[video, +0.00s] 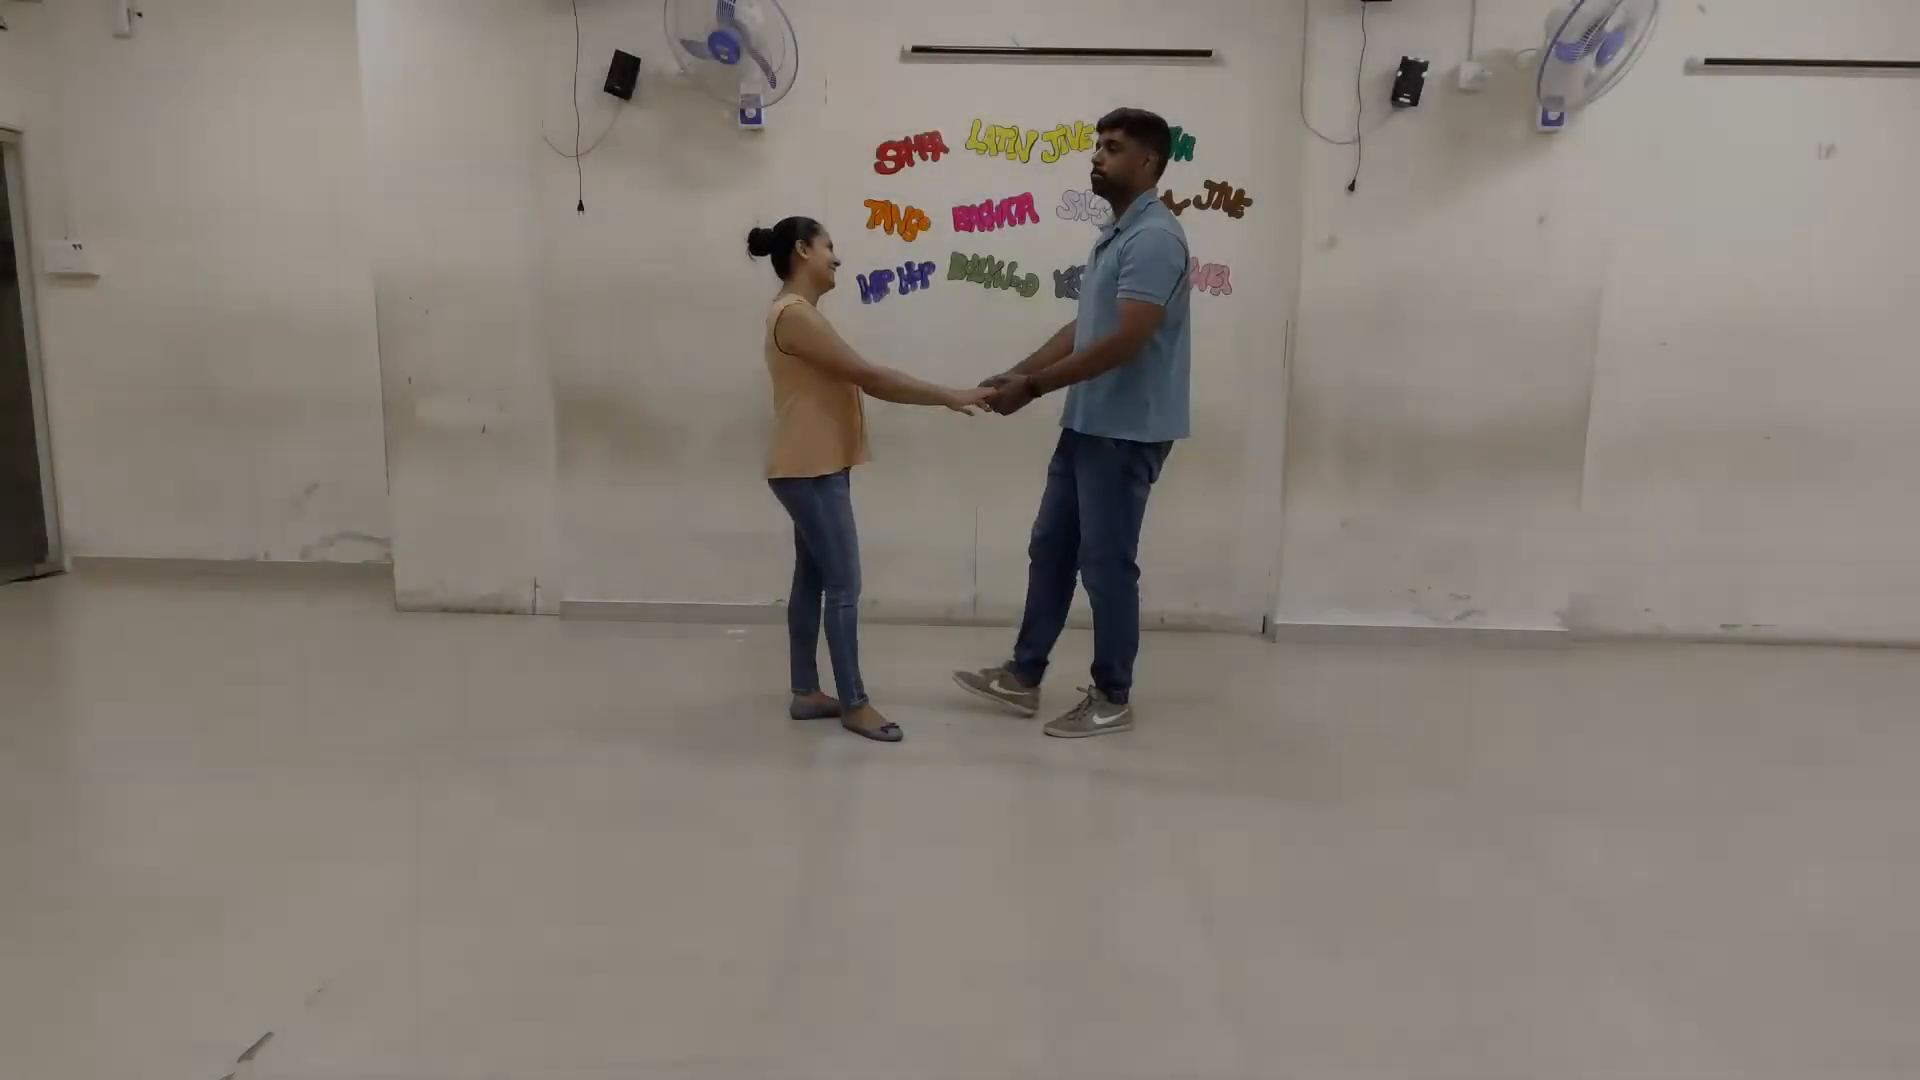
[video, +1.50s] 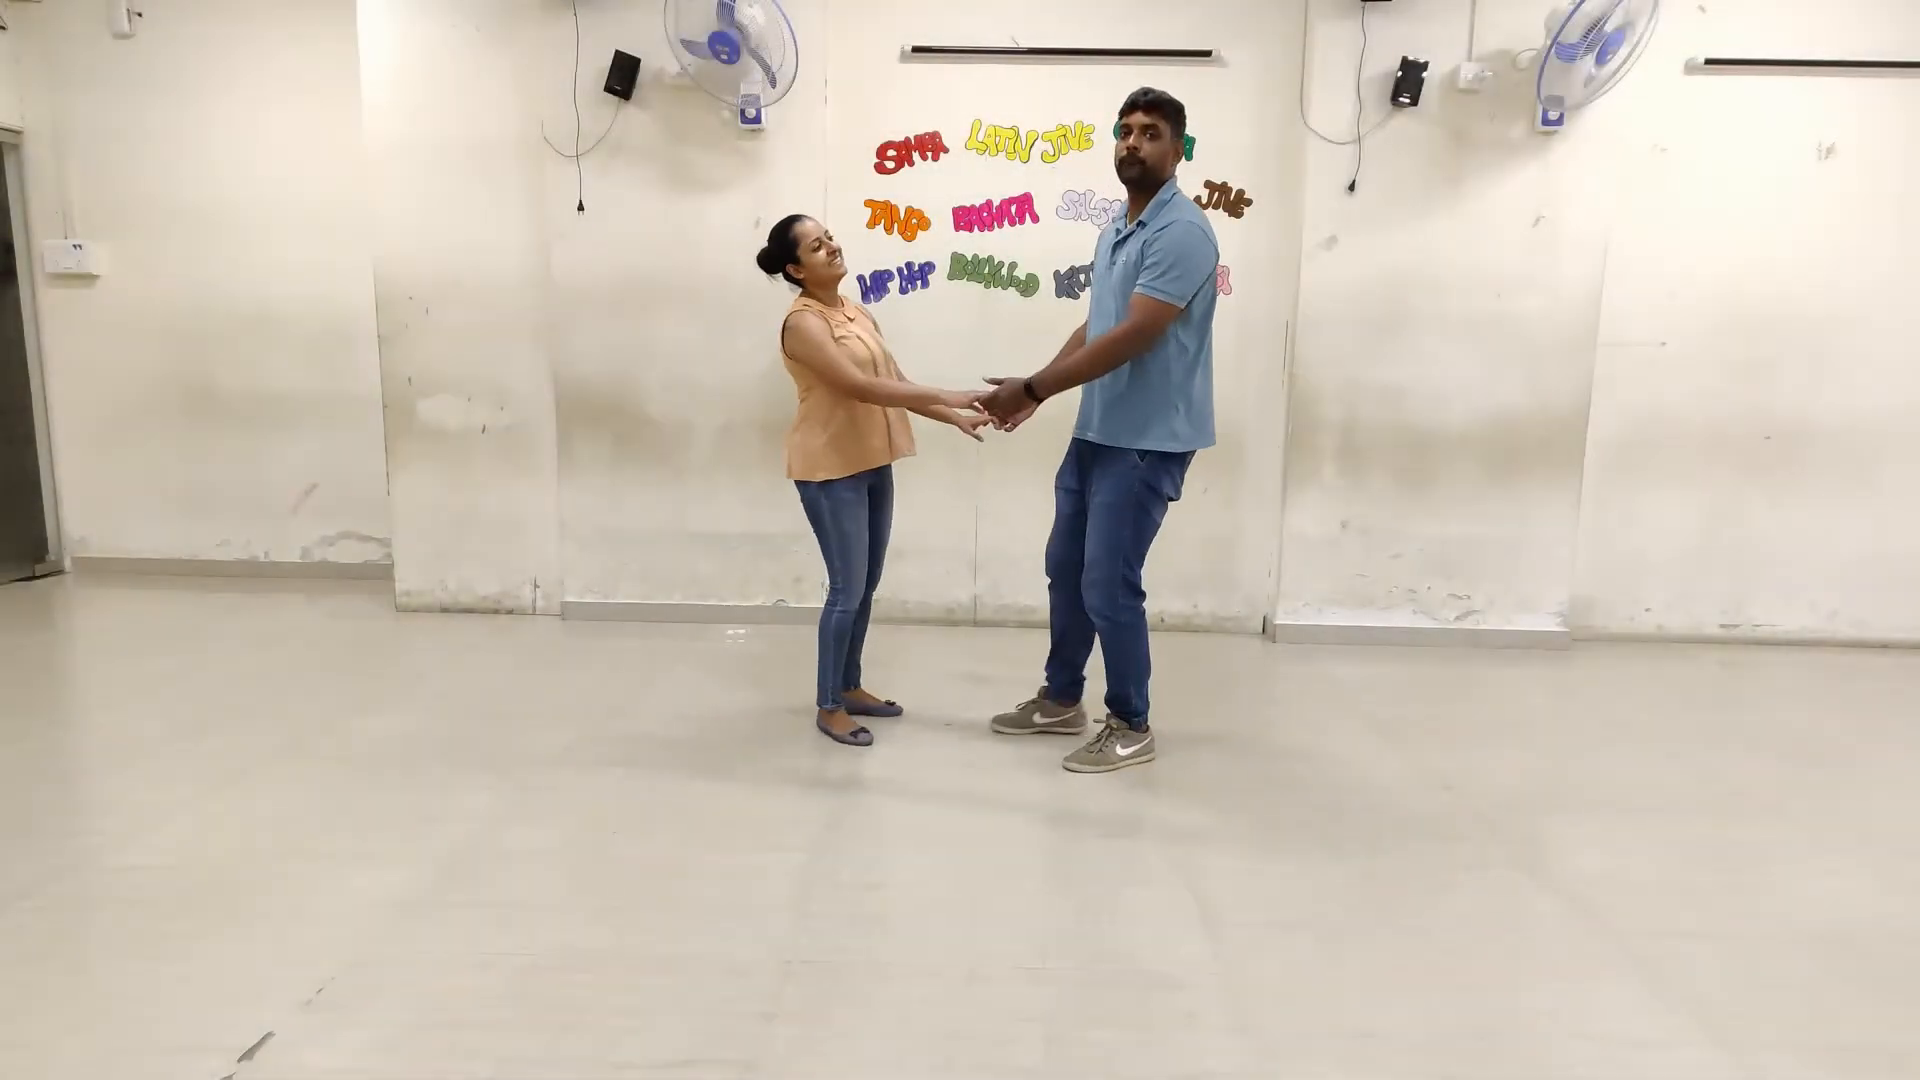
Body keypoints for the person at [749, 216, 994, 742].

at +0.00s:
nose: (836, 257)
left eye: (833, 248)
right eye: (829, 247)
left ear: (802, 255)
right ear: (802, 252)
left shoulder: (798, 314)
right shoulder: (794, 317)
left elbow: (871, 380)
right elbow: (871, 377)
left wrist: (947, 397)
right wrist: (949, 395)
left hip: (814, 468)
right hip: (811, 471)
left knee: (808, 583)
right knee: (843, 586)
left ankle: (806, 693)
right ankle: (854, 704)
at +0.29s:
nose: (832, 258)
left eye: (828, 249)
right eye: (824, 248)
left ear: (796, 253)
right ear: (798, 250)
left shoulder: (791, 312)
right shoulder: (791, 314)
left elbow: (859, 379)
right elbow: (861, 379)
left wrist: (938, 400)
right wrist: (941, 400)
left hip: (805, 465)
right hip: (807, 467)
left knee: (807, 579)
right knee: (845, 583)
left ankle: (807, 693)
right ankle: (817, 706)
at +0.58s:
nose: (829, 250)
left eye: (825, 241)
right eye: (822, 241)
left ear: (791, 250)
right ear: (801, 246)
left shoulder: (784, 309)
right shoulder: (800, 313)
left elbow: (871, 376)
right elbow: (872, 379)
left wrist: (954, 391)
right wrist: (958, 397)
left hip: (802, 463)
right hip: (815, 465)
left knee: (809, 587)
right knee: (824, 593)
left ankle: (808, 695)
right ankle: (811, 714)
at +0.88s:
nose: (831, 243)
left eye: (825, 234)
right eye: (823, 236)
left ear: (794, 253)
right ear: (806, 249)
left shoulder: (793, 308)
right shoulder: (806, 317)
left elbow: (872, 371)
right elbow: (880, 387)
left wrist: (949, 383)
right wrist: (967, 403)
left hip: (818, 462)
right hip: (813, 467)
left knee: (843, 573)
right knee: (827, 588)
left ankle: (820, 688)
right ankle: (810, 716)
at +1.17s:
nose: (835, 249)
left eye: (829, 241)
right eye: (824, 247)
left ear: (803, 267)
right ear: (801, 269)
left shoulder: (816, 315)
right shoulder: (808, 325)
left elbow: (876, 388)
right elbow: (879, 391)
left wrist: (940, 412)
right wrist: (969, 409)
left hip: (845, 470)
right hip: (823, 475)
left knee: (870, 576)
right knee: (844, 590)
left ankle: (847, 692)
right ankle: (812, 716)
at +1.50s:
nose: (833, 247)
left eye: (830, 238)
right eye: (817, 246)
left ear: (836, 248)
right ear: (795, 269)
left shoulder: (856, 313)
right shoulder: (802, 324)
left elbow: (896, 386)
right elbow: (858, 387)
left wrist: (955, 411)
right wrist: (947, 402)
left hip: (873, 466)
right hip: (830, 473)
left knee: (864, 586)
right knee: (846, 589)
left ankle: (849, 689)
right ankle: (828, 708)